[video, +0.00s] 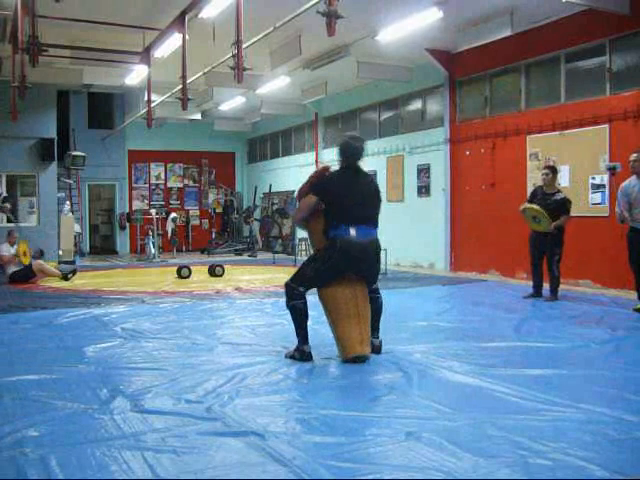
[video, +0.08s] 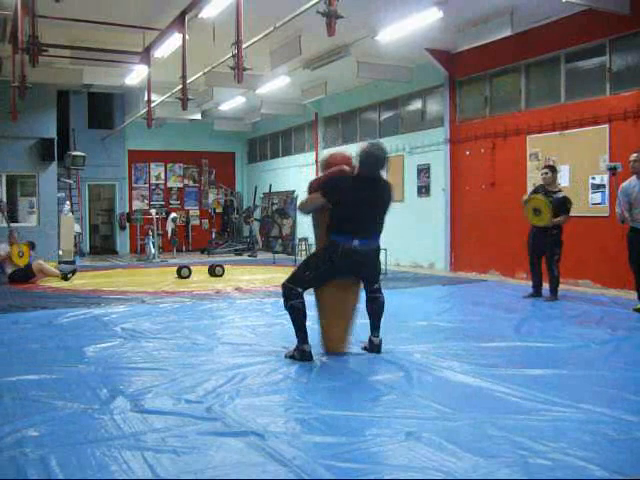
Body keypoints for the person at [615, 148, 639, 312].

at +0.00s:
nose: (633, 165)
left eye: (635, 161)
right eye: (631, 162)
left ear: (639, 164)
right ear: (628, 165)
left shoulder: (627, 188)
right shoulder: (626, 187)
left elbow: (622, 211)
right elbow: (622, 210)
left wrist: (627, 218)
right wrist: (626, 217)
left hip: (634, 228)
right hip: (634, 228)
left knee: (635, 266)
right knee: (635, 266)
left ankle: (638, 300)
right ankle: (638, 300)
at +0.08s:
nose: (633, 165)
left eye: (636, 161)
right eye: (631, 162)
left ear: (639, 165)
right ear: (628, 165)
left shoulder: (627, 188)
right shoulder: (626, 187)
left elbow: (622, 212)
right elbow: (622, 211)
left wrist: (626, 218)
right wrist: (625, 218)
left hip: (634, 228)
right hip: (634, 228)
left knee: (635, 266)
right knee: (635, 266)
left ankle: (638, 300)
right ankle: (638, 300)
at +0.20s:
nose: (633, 165)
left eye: (636, 161)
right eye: (632, 162)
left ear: (639, 165)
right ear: (629, 165)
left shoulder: (627, 187)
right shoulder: (626, 186)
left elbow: (622, 211)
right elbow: (622, 210)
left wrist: (627, 219)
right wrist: (626, 218)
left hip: (634, 229)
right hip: (634, 228)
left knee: (635, 267)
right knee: (635, 267)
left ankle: (638, 300)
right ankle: (638, 300)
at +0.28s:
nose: (633, 165)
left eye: (636, 161)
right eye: (632, 161)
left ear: (639, 165)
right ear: (629, 165)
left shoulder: (627, 187)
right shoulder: (626, 187)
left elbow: (622, 211)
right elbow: (622, 210)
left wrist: (628, 219)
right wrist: (627, 219)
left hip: (635, 228)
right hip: (634, 228)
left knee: (636, 267)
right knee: (635, 267)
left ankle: (638, 300)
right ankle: (638, 300)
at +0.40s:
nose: (634, 165)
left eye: (636, 161)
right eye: (633, 162)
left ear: (639, 165)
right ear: (630, 165)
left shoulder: (628, 187)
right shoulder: (627, 186)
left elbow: (622, 212)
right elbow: (622, 211)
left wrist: (628, 218)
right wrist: (627, 218)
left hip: (635, 228)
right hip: (635, 228)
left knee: (636, 268)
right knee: (636, 268)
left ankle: (639, 300)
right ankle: (638, 300)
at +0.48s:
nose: (634, 165)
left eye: (637, 161)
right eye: (633, 162)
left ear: (639, 164)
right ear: (631, 165)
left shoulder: (628, 187)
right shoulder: (628, 187)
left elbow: (623, 212)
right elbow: (623, 212)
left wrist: (629, 219)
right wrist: (628, 218)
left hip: (635, 228)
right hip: (635, 228)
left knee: (636, 267)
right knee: (636, 267)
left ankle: (639, 300)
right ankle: (638, 300)